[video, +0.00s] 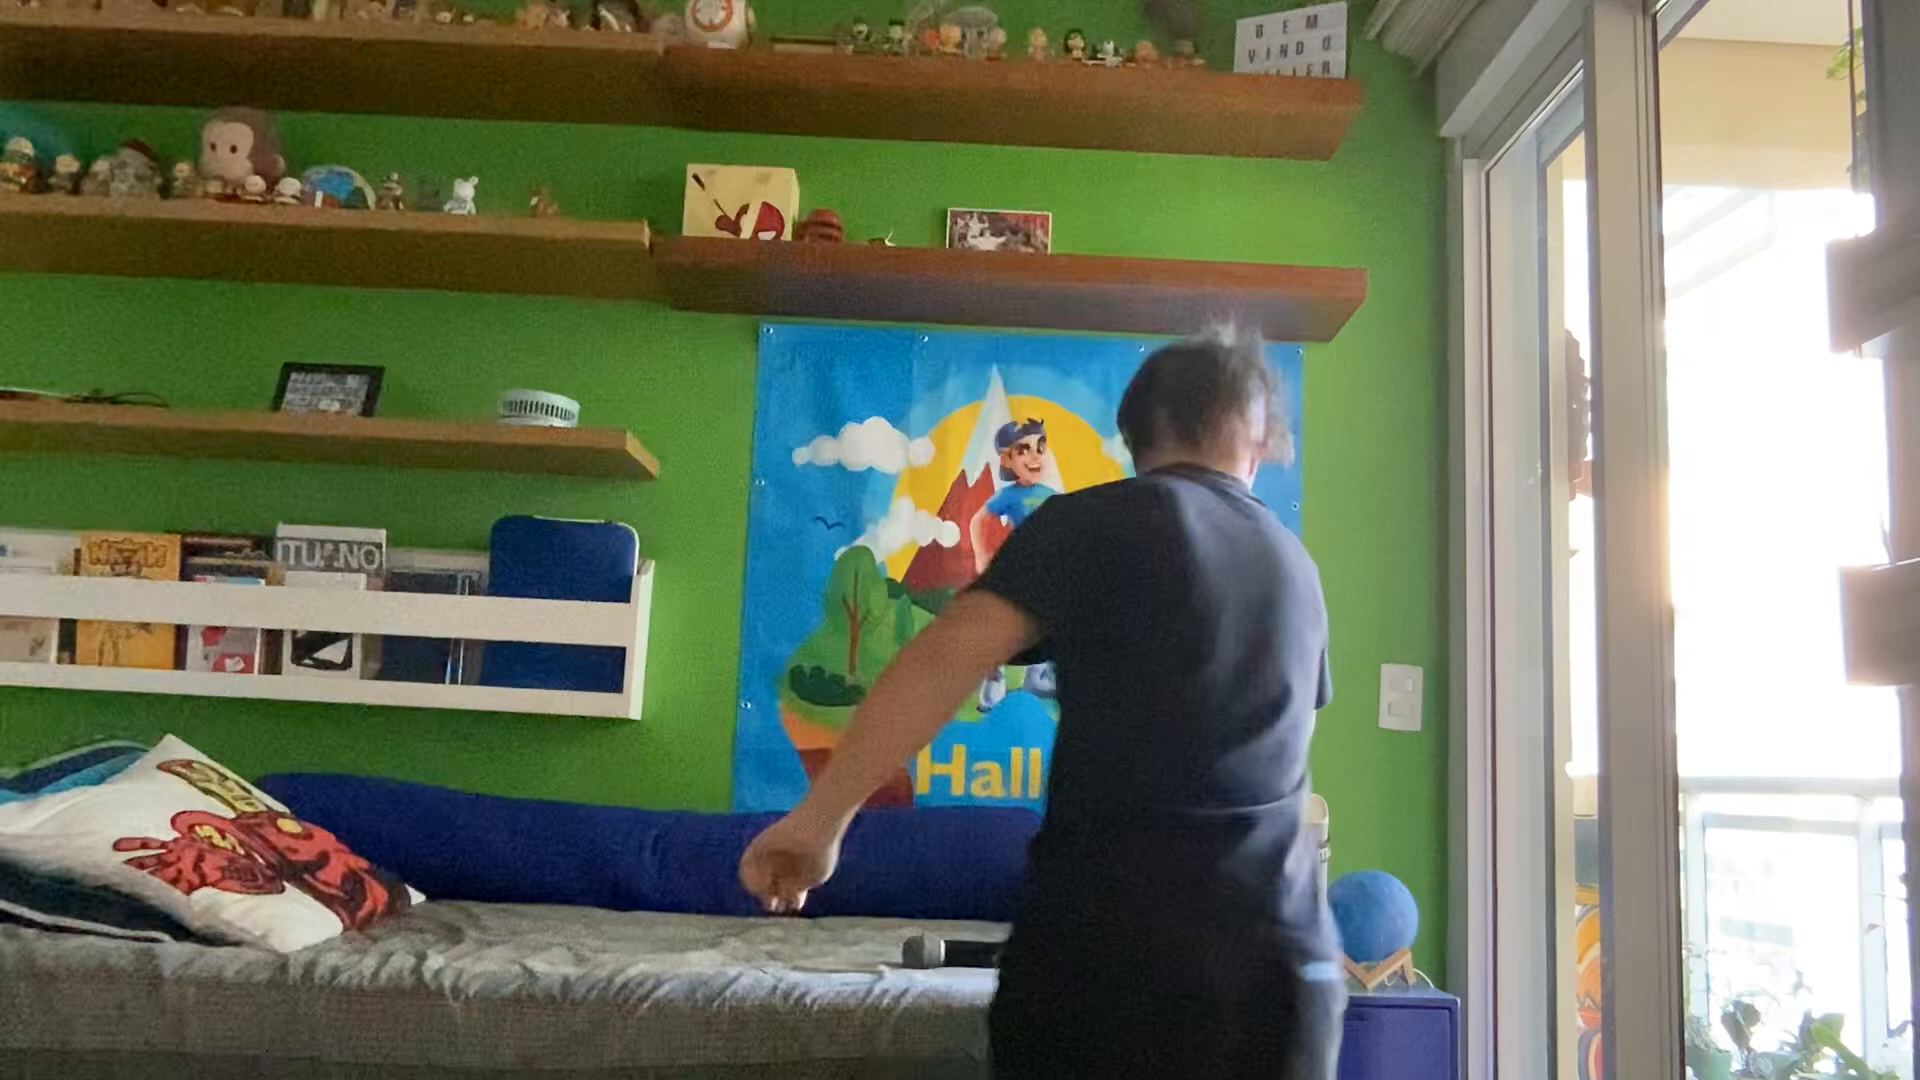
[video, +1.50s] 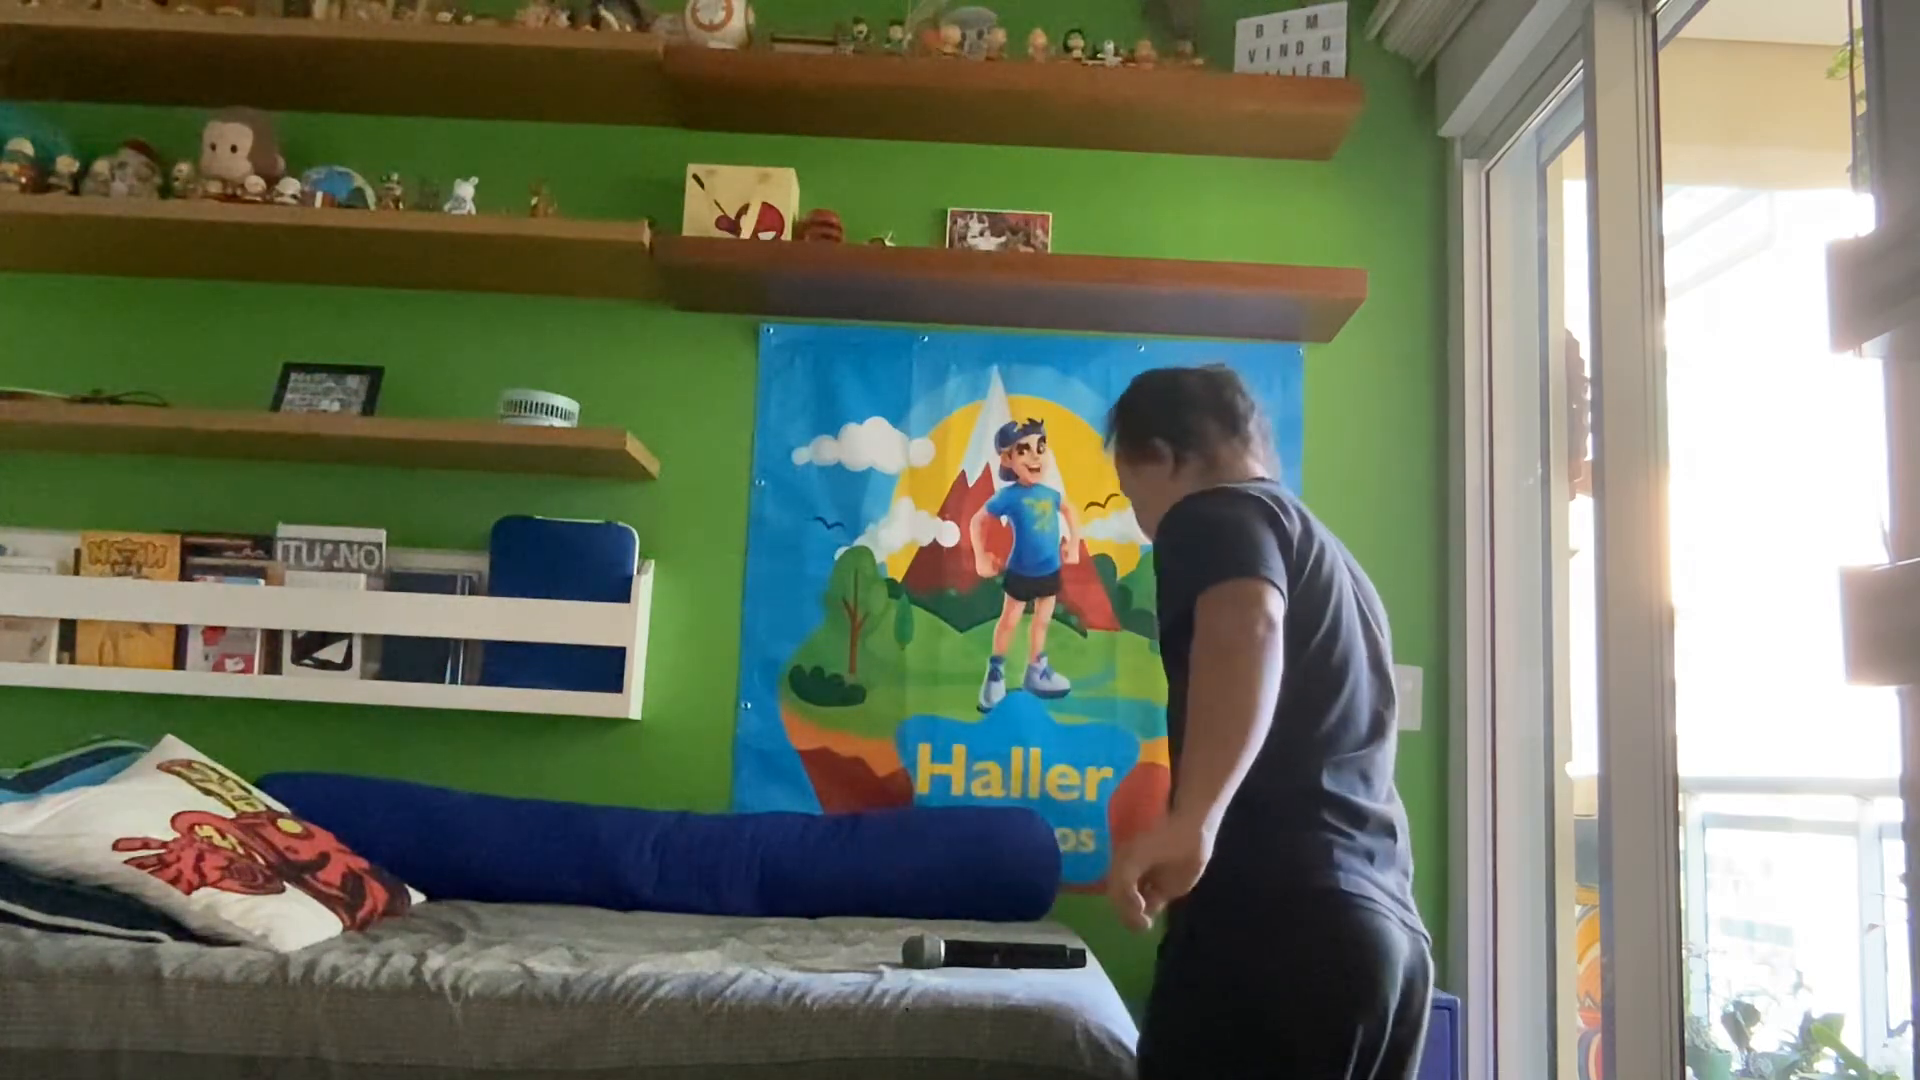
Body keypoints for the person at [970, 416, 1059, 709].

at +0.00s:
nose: (1033, 460)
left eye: (1038, 450)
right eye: (1022, 452)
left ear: (1046, 454)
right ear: (1006, 460)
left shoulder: (1051, 493)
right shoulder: (1009, 494)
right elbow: (977, 521)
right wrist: (982, 560)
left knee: (1049, 624)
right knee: (999, 624)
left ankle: (1041, 672)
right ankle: (995, 677)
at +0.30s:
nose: (1033, 458)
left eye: (1039, 450)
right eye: (1023, 451)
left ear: (1045, 456)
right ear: (1008, 460)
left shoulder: (1051, 494)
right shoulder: (1007, 495)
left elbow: (1071, 515)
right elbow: (977, 520)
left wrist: (1074, 544)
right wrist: (981, 555)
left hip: (1049, 570)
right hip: (1019, 571)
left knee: (1043, 620)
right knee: (1010, 618)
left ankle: (1036, 669)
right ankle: (996, 668)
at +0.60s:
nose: (1033, 458)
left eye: (1039, 450)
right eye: (1023, 451)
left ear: (1045, 455)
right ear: (1008, 460)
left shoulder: (1051, 494)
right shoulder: (1008, 496)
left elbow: (1071, 514)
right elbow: (977, 521)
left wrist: (1074, 543)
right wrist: (981, 556)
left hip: (1049, 570)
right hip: (1020, 572)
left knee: (1043, 619)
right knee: (1010, 619)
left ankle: (1037, 669)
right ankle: (995, 672)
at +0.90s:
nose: (1034, 457)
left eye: (1039, 449)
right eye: (1023, 450)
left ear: (1046, 454)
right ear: (1008, 460)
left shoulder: (1051, 494)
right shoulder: (1008, 496)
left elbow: (1070, 513)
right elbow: (977, 521)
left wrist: (1074, 543)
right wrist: (981, 556)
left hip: (1049, 570)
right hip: (1020, 571)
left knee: (1043, 619)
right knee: (1010, 619)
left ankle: (1037, 669)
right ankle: (996, 672)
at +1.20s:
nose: (1034, 458)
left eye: (1039, 450)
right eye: (1023, 451)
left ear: (1046, 454)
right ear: (1008, 460)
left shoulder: (1050, 494)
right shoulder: (1007, 496)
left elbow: (1070, 513)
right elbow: (977, 521)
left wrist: (1074, 543)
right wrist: (981, 556)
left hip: (1049, 570)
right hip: (1020, 571)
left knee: (1043, 619)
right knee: (1010, 619)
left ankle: (1037, 669)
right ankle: (995, 671)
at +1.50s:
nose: (1034, 458)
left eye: (1039, 449)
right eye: (1024, 451)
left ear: (1046, 454)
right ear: (1007, 460)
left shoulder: (1050, 494)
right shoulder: (1007, 496)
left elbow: (1069, 512)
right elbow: (977, 520)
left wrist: (1074, 541)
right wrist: (981, 556)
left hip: (1049, 570)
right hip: (1020, 572)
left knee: (1043, 619)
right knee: (1009, 619)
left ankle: (1037, 669)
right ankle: (995, 671)